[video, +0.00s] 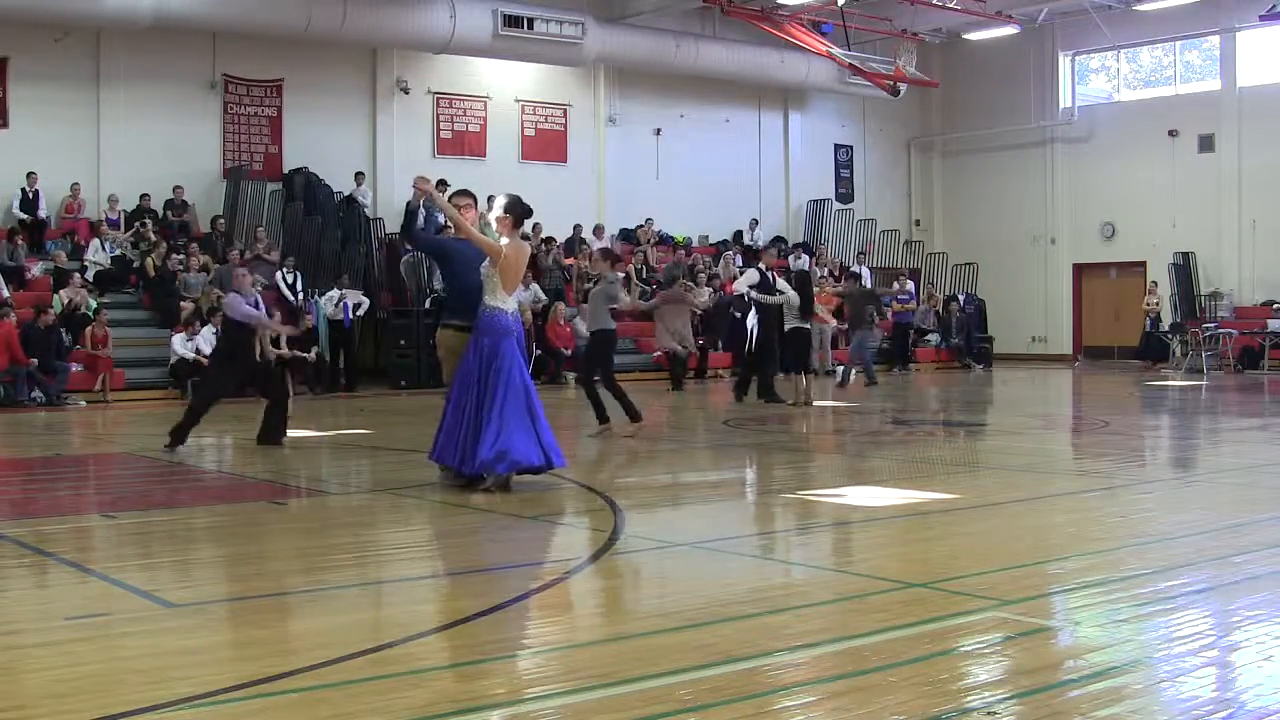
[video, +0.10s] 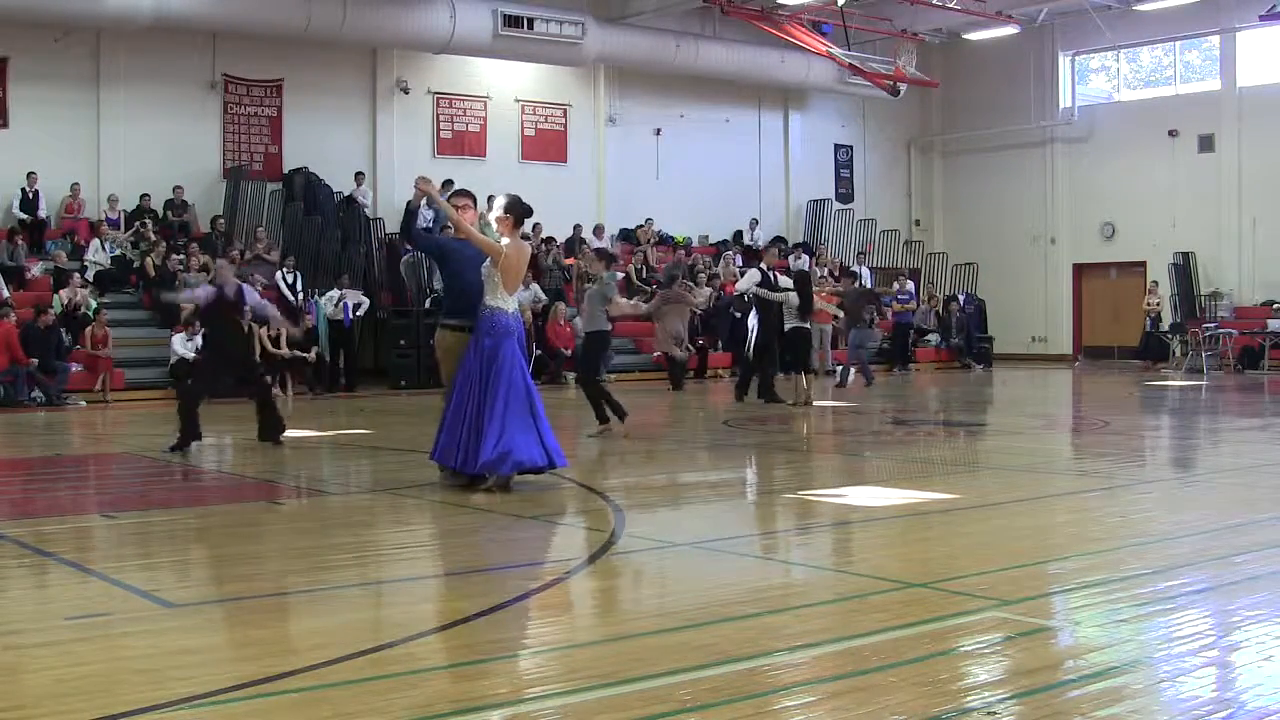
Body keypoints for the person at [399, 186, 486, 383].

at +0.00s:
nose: (462, 213)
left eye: (467, 207)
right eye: (455, 208)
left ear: (477, 212)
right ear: (448, 213)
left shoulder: (492, 246)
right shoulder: (446, 245)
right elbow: (409, 233)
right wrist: (416, 200)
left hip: (488, 332)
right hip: (455, 331)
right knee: (458, 399)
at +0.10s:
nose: (461, 212)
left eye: (466, 207)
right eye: (455, 207)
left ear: (477, 213)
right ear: (447, 213)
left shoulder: (490, 245)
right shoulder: (443, 244)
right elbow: (409, 234)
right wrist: (416, 201)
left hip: (485, 329)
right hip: (453, 329)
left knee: (484, 394)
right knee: (456, 395)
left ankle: (480, 460)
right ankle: (451, 460)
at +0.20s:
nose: (458, 214)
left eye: (464, 208)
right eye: (453, 208)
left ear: (477, 213)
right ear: (446, 212)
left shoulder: (491, 245)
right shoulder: (443, 244)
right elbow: (408, 233)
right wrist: (418, 201)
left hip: (486, 331)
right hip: (453, 331)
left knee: (483, 395)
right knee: (453, 397)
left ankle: (480, 460)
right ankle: (450, 460)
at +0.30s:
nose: (461, 215)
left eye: (466, 209)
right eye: (455, 209)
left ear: (478, 214)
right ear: (447, 214)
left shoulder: (491, 245)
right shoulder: (443, 244)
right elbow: (408, 233)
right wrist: (418, 201)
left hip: (484, 331)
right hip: (452, 331)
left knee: (483, 396)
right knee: (451, 398)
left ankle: (480, 460)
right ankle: (447, 460)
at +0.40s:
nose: (461, 214)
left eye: (466, 209)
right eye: (455, 209)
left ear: (477, 214)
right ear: (448, 213)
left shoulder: (491, 245)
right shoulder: (443, 244)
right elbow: (409, 234)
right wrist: (419, 201)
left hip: (484, 331)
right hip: (452, 331)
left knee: (483, 397)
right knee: (452, 399)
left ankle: (481, 461)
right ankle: (447, 461)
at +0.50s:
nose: (461, 214)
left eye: (467, 209)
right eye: (456, 209)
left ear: (478, 214)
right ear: (449, 213)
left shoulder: (491, 245)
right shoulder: (444, 243)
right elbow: (410, 233)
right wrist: (419, 200)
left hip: (485, 330)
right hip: (453, 330)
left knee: (484, 396)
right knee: (453, 398)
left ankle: (482, 461)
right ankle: (448, 460)